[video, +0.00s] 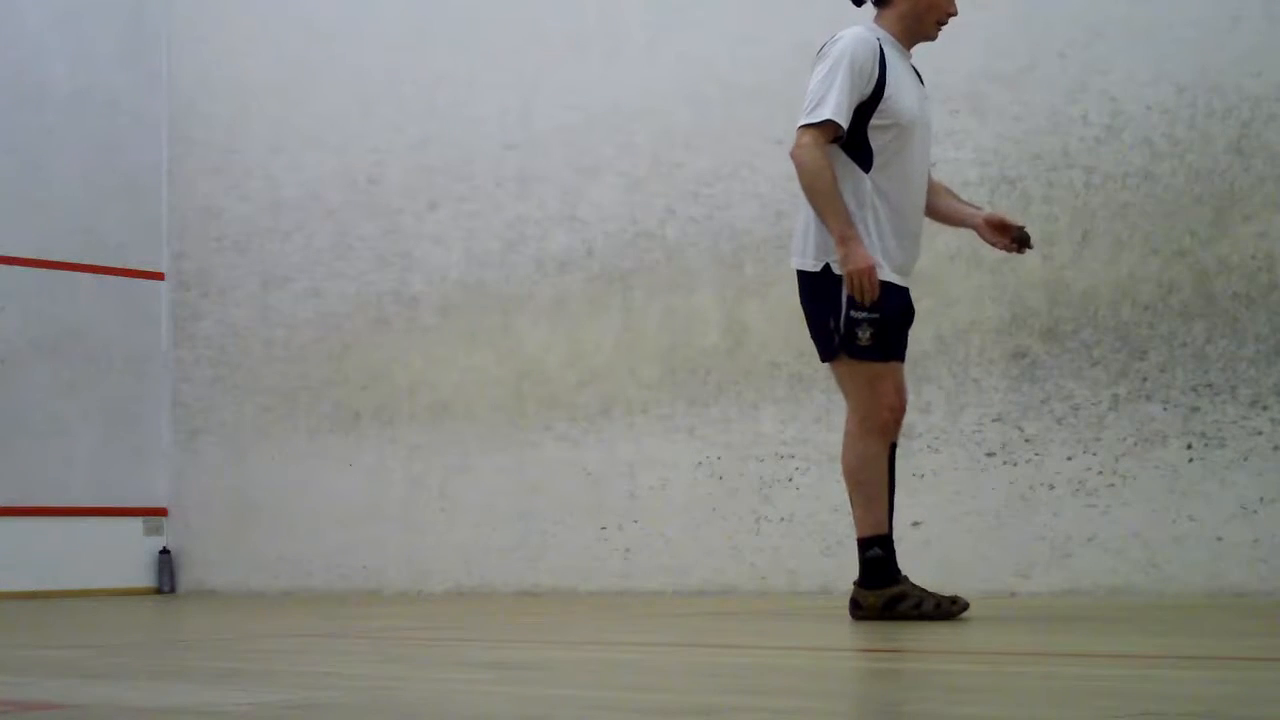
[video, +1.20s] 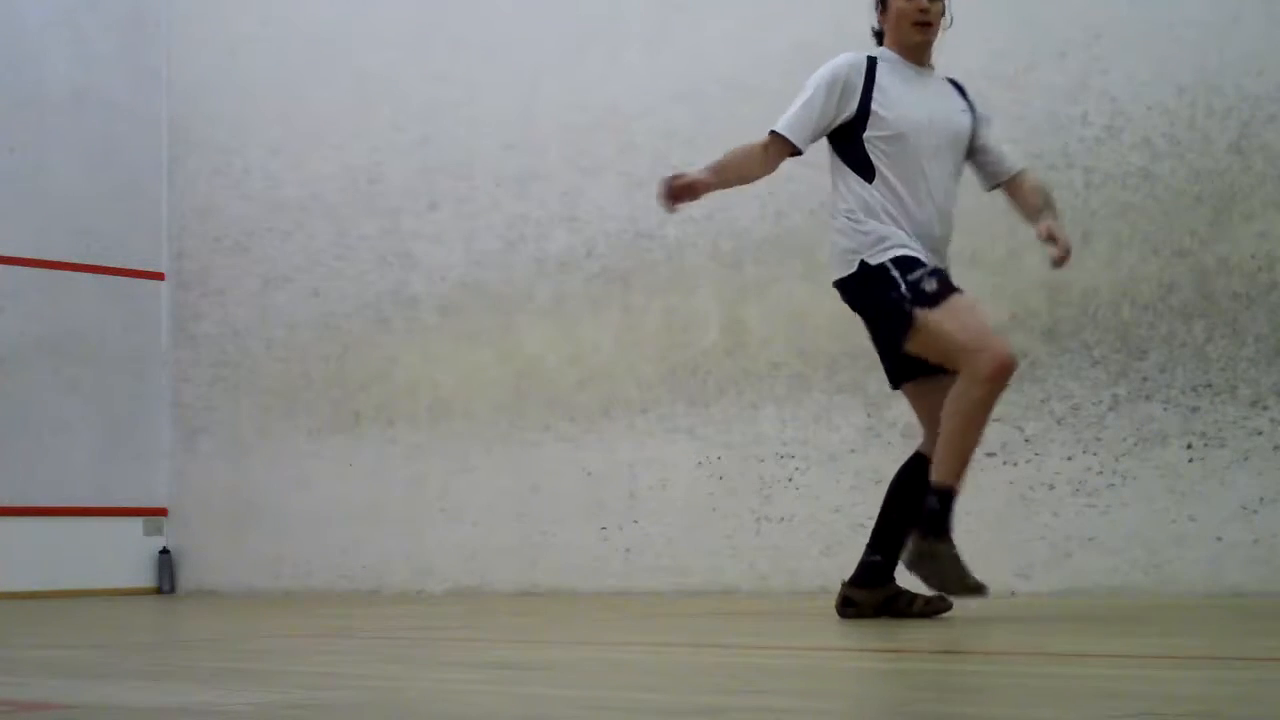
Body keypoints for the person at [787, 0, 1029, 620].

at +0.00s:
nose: (952, 10)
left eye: (952, 2)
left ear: (911, 3)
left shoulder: (907, 70)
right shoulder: (857, 47)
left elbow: (911, 183)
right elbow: (808, 149)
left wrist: (978, 218)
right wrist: (849, 243)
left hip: (882, 268)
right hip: (846, 267)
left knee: (878, 413)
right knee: (878, 410)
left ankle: (879, 579)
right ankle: (877, 581)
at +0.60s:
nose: (932, 12)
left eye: (932, 3)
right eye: (923, 1)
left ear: (886, 7)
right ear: (882, 2)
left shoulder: (883, 73)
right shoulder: (845, 58)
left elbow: (896, 191)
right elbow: (802, 159)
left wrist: (975, 203)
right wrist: (859, 234)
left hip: (880, 269)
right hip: (868, 269)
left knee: (908, 418)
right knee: (942, 401)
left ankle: (869, 577)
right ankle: (894, 568)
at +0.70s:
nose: (927, 26)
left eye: (928, 15)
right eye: (917, 13)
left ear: (888, 18)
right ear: (875, 12)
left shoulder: (878, 89)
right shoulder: (842, 75)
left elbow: (891, 207)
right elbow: (792, 176)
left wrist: (963, 233)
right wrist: (846, 246)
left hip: (881, 274)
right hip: (879, 270)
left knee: (928, 432)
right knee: (1012, 343)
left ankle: (869, 582)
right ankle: (939, 484)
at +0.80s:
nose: (928, 38)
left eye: (930, 26)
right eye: (919, 24)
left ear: (896, 28)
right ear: (877, 22)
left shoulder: (882, 96)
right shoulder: (843, 85)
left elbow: (878, 197)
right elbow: (790, 183)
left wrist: (932, 237)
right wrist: (848, 259)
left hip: (881, 277)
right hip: (880, 267)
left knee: (937, 430)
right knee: (1031, 257)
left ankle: (869, 582)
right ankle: (969, 405)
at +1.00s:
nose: (931, 21)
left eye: (934, 11)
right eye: (918, 9)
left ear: (931, 20)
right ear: (878, 12)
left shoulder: (907, 92)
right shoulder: (848, 72)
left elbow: (917, 205)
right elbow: (785, 167)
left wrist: (993, 286)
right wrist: (835, 216)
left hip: (898, 268)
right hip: (874, 262)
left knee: (935, 431)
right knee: (1028, 233)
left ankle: (869, 581)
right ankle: (936, 377)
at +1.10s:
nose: (927, 13)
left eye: (934, 4)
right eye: (912, 2)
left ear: (940, 16)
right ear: (879, 12)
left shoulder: (935, 105)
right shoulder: (850, 69)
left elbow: (963, 206)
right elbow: (777, 152)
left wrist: (1020, 269)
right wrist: (771, 179)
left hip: (894, 263)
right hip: (872, 255)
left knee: (948, 431)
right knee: (1017, 304)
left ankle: (870, 581)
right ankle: (917, 446)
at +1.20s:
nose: (925, 8)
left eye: (934, 0)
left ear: (944, 13)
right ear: (882, 12)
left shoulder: (956, 99)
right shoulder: (852, 72)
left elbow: (1009, 177)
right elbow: (773, 149)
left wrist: (1043, 217)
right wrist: (705, 179)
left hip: (917, 266)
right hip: (875, 258)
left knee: (948, 435)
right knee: (989, 361)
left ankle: (870, 581)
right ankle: (931, 534)